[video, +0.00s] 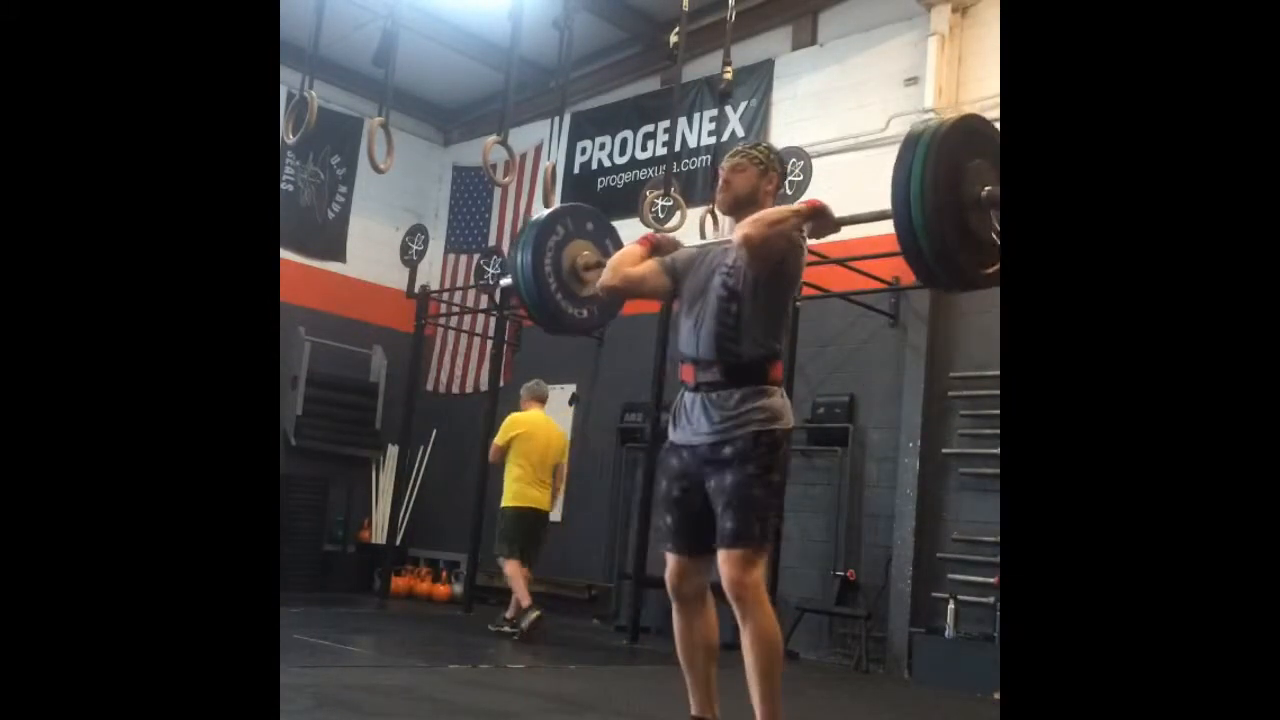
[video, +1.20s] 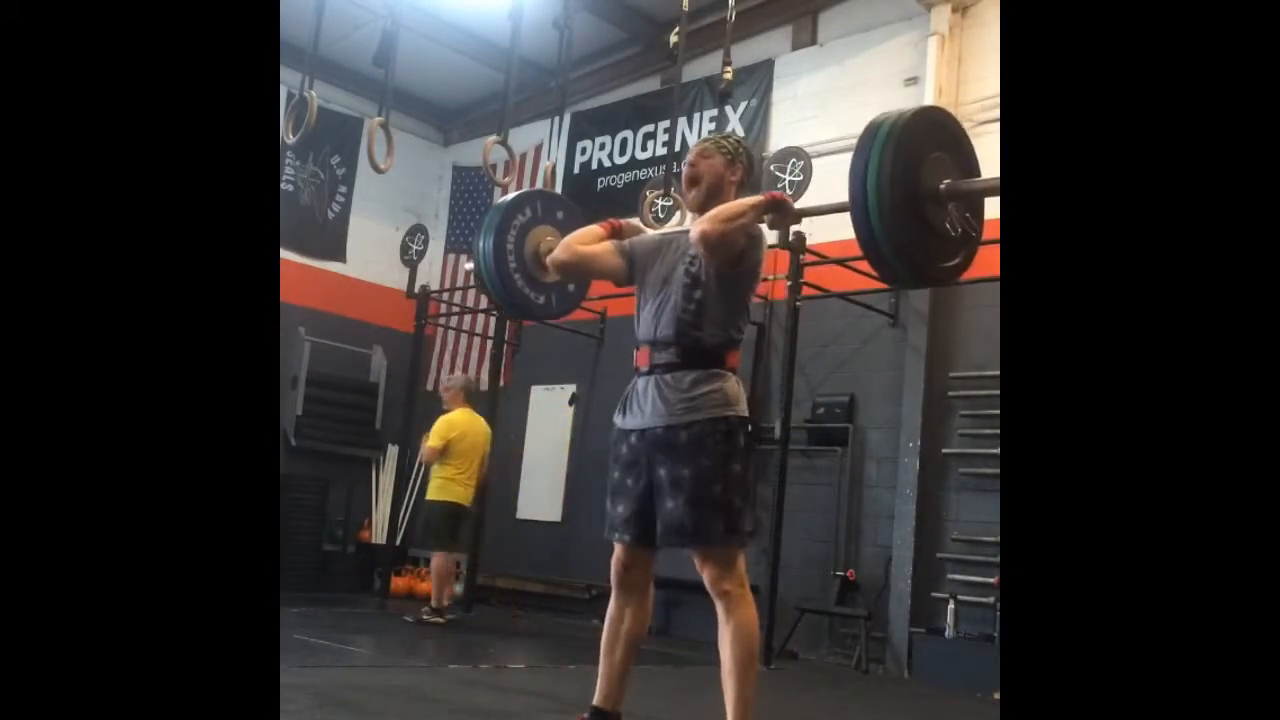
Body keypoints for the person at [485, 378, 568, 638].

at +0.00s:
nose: (520, 404)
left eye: (521, 400)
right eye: (522, 401)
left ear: (525, 400)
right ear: (545, 401)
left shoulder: (516, 420)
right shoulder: (559, 433)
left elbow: (494, 455)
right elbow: (560, 475)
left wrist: (516, 455)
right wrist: (552, 496)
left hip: (515, 499)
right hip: (542, 503)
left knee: (507, 555)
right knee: (526, 562)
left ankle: (527, 606)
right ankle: (510, 615)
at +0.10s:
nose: (518, 402)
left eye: (519, 398)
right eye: (519, 398)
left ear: (524, 398)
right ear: (543, 401)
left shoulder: (516, 419)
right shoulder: (554, 431)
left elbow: (491, 454)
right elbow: (553, 465)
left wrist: (512, 459)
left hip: (511, 499)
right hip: (537, 503)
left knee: (491, 552)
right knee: (522, 559)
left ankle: (516, 599)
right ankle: (512, 613)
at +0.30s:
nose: (510, 400)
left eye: (513, 396)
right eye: (512, 395)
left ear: (523, 398)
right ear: (533, 400)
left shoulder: (513, 419)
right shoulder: (544, 430)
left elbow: (486, 452)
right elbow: (532, 466)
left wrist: (508, 458)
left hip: (502, 497)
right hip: (529, 503)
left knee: (476, 549)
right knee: (520, 559)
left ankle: (480, 610)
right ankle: (510, 617)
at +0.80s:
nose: (469, 399)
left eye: (472, 394)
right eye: (470, 394)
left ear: (483, 397)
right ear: (491, 399)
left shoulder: (471, 424)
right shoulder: (508, 429)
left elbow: (449, 459)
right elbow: (503, 463)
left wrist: (473, 460)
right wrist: (471, 460)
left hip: (467, 497)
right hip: (495, 500)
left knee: (447, 551)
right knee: (494, 552)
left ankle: (436, 606)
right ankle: (506, 609)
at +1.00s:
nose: (453, 398)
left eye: (455, 394)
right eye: (453, 394)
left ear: (464, 395)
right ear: (475, 396)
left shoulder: (453, 421)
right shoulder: (493, 427)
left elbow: (433, 457)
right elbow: (497, 464)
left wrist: (437, 441)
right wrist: (491, 493)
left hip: (448, 496)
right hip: (476, 500)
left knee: (440, 551)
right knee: (475, 551)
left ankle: (436, 606)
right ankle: (491, 591)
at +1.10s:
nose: (446, 397)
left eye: (449, 392)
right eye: (447, 392)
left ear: (460, 394)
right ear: (468, 396)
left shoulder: (448, 421)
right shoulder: (488, 426)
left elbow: (430, 454)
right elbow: (490, 465)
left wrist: (423, 450)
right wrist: (483, 493)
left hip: (444, 497)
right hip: (471, 500)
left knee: (439, 551)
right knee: (464, 553)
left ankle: (435, 606)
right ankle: (473, 596)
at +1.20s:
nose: (442, 397)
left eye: (446, 392)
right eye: (442, 392)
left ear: (458, 393)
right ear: (463, 395)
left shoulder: (448, 421)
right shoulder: (484, 426)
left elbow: (428, 455)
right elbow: (482, 467)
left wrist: (425, 443)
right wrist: (471, 485)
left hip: (442, 494)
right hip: (464, 497)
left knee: (440, 551)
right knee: (449, 552)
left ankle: (436, 606)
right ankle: (444, 602)